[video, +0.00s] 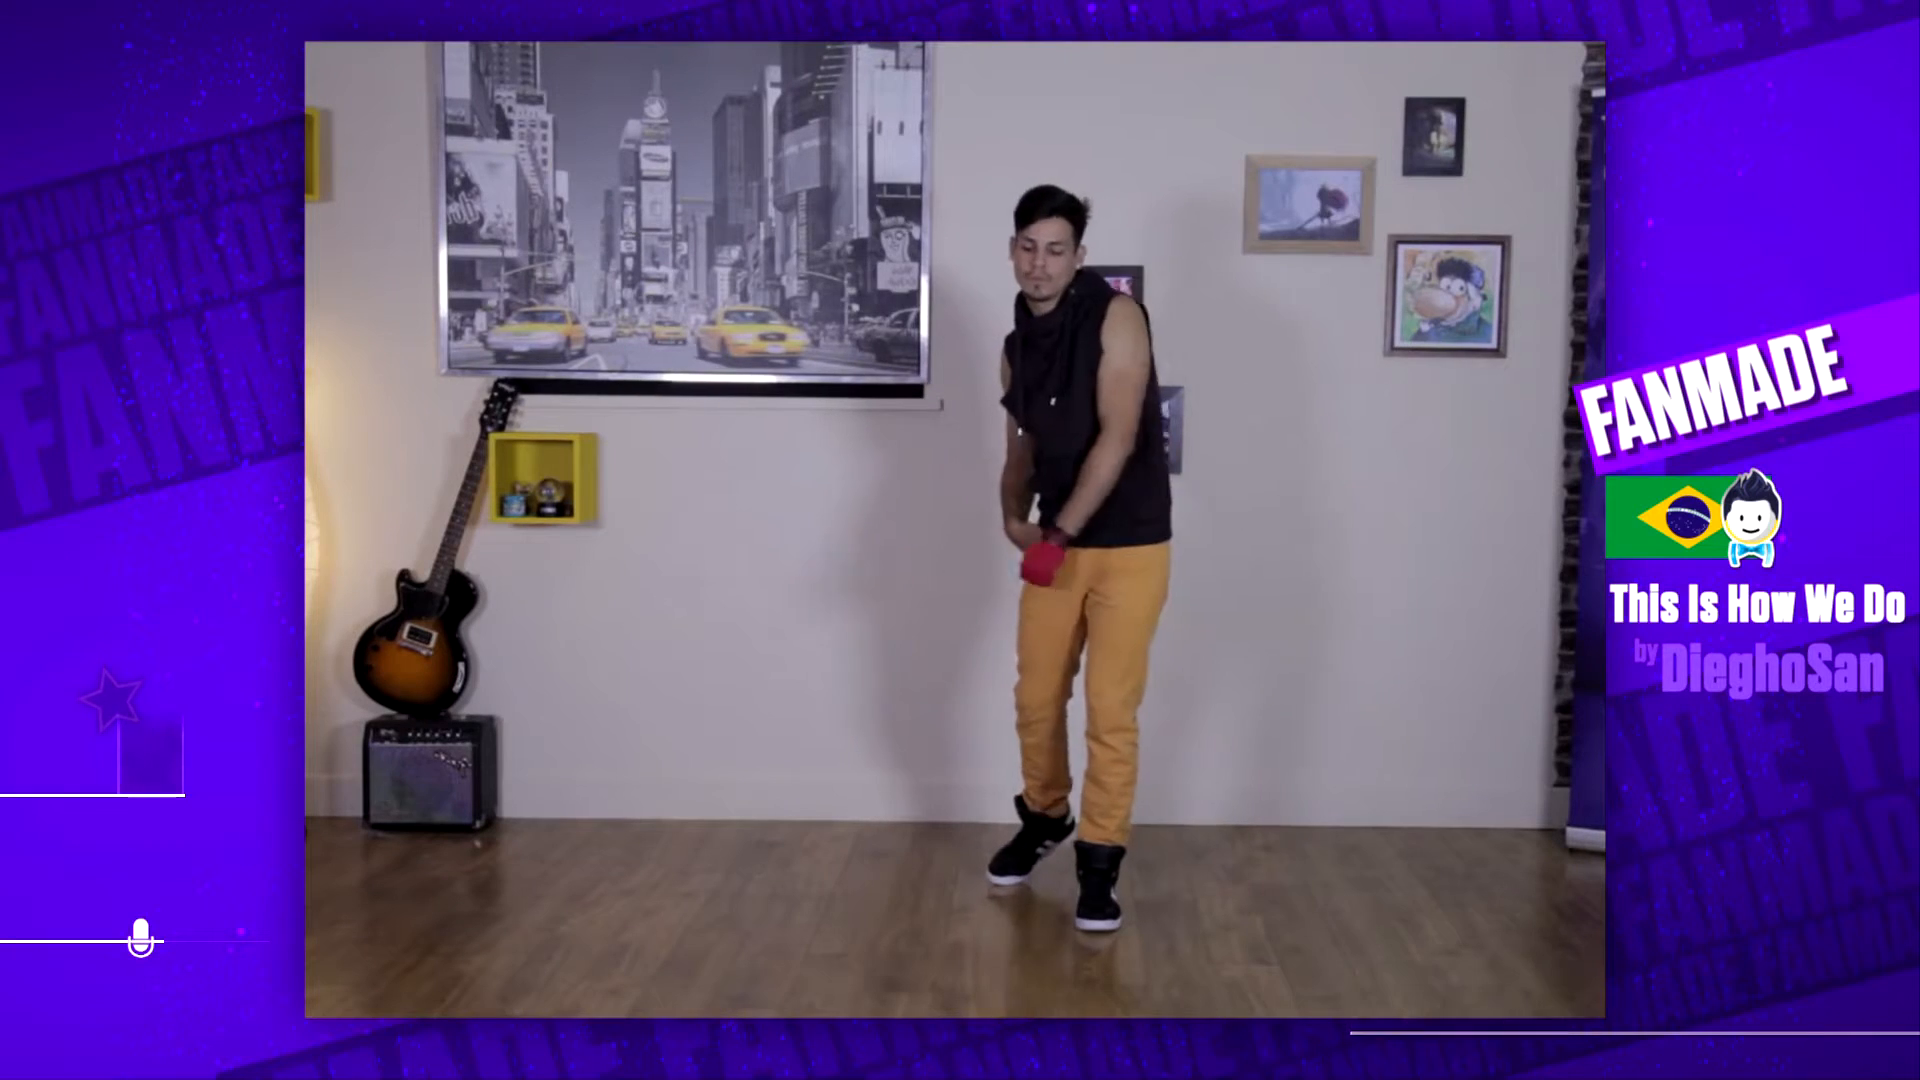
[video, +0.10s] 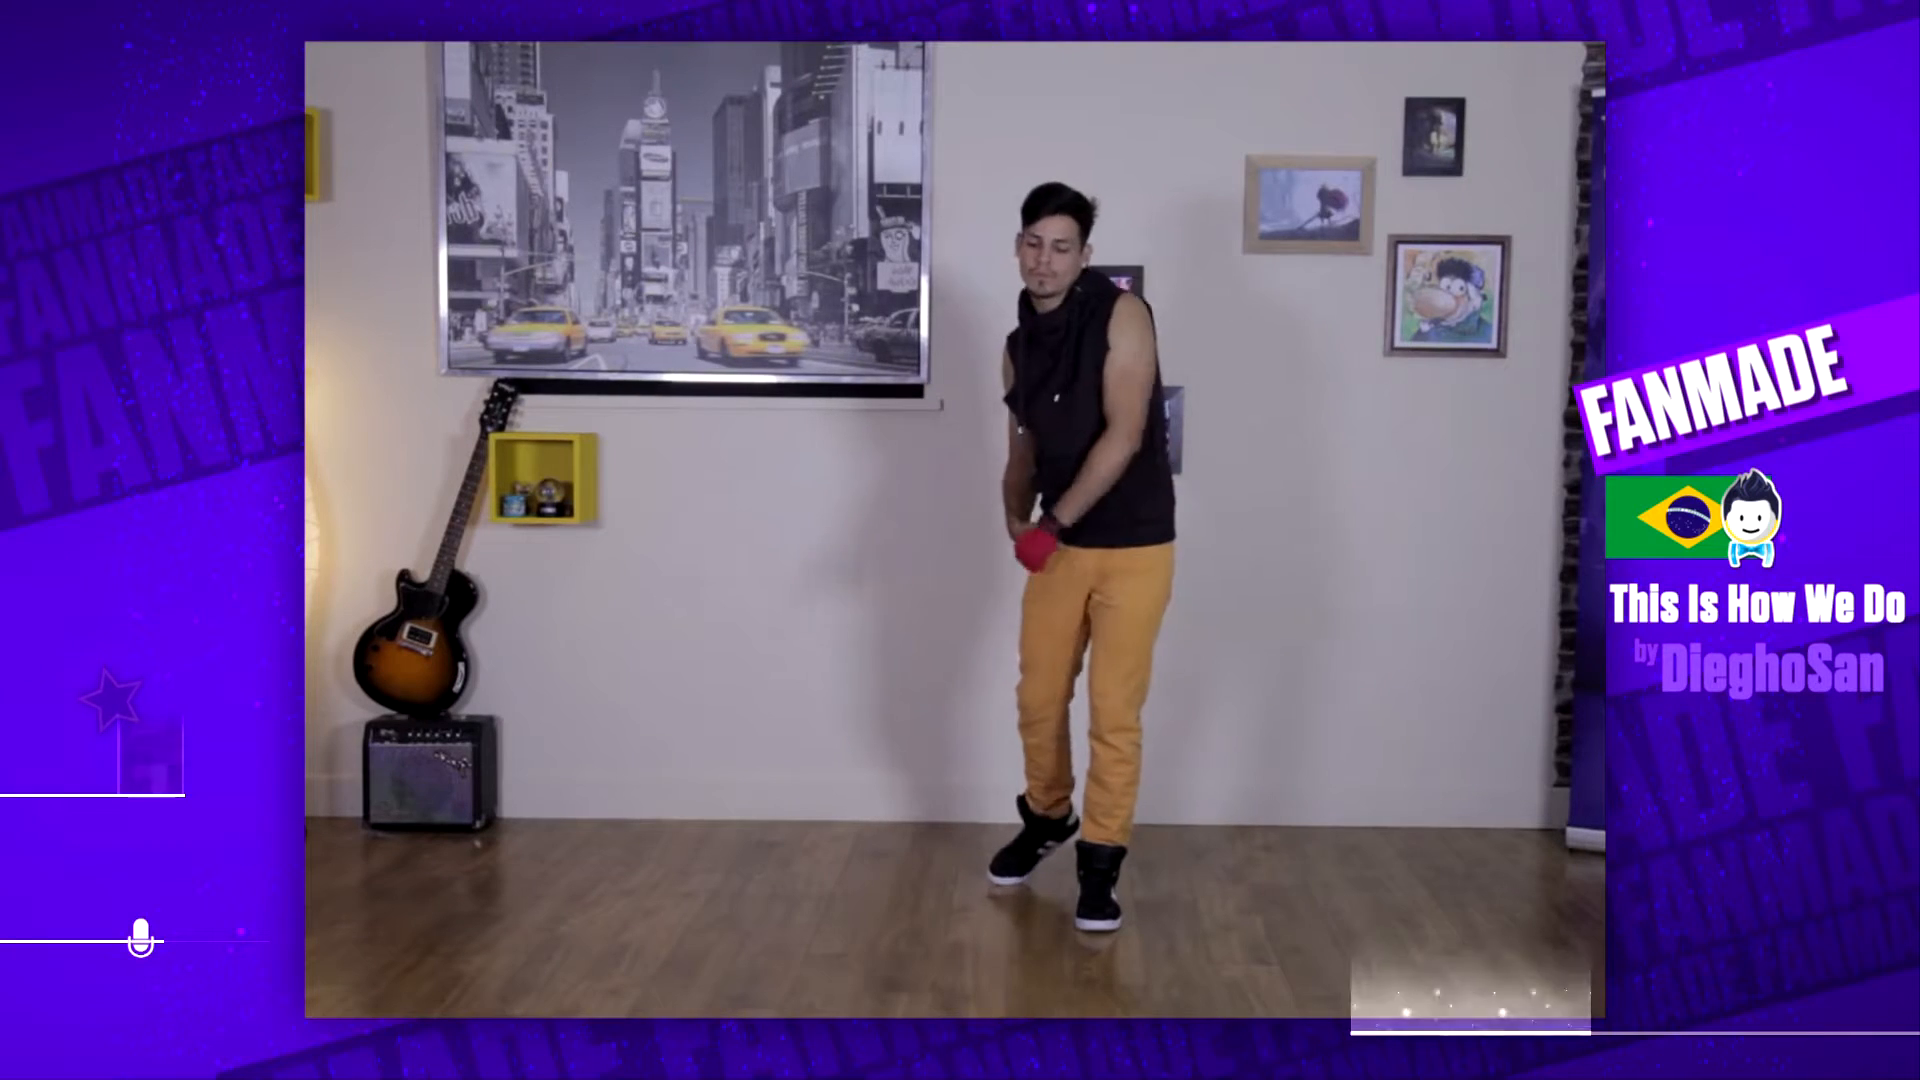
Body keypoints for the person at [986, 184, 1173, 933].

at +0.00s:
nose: (1037, 263)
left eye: (1053, 250)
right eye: (1026, 249)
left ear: (1079, 256)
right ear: (1011, 254)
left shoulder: (1118, 320)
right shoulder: (1018, 348)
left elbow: (1119, 437)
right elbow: (1019, 448)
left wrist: (1061, 534)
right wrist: (1014, 517)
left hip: (1128, 546)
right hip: (1055, 544)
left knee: (1109, 710)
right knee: (1036, 701)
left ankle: (1100, 865)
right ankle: (1045, 817)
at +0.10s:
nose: (1042, 259)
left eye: (1058, 247)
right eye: (1031, 245)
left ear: (1084, 254)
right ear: (1016, 251)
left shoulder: (1124, 318)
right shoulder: (1020, 347)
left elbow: (1125, 434)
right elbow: (1021, 448)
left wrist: (1055, 523)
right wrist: (1017, 514)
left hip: (1132, 547)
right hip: (1057, 543)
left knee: (1112, 711)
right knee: (1039, 700)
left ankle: (1101, 865)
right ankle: (1047, 817)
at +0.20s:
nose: (1058, 248)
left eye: (1075, 236)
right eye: (1048, 233)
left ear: (1099, 248)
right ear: (1031, 241)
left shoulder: (1134, 313)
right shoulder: (1022, 344)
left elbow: (1148, 427)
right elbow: (1018, 450)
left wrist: (1071, 509)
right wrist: (1019, 519)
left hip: (1136, 548)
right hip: (1058, 544)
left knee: (1114, 712)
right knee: (1038, 699)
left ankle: (1101, 865)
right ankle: (1046, 816)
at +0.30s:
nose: (1069, 241)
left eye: (1085, 230)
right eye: (1058, 227)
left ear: (1110, 243)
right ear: (1042, 236)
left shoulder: (1143, 313)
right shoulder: (1024, 340)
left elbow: (1164, 430)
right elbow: (1010, 448)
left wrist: (1091, 515)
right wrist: (1015, 520)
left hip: (1138, 547)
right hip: (1058, 543)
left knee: (1115, 712)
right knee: (1035, 700)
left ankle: (1102, 864)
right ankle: (1042, 816)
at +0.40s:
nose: (1087, 240)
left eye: (1105, 228)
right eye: (1076, 225)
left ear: (1127, 241)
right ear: (1061, 232)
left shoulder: (1159, 319)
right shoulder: (1029, 330)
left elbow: (1181, 435)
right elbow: (995, 442)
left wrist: (1154, 525)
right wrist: (1013, 520)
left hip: (1138, 547)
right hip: (1057, 543)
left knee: (1115, 713)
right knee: (1033, 703)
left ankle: (1101, 865)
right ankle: (1032, 814)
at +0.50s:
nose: (1098, 242)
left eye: (1115, 230)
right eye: (1088, 227)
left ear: (1138, 243)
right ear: (1071, 233)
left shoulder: (1166, 325)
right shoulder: (1034, 326)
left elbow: (1190, 435)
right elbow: (988, 441)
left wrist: (1199, 518)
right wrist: (1016, 527)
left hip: (1143, 557)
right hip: (1061, 550)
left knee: (1117, 718)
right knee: (1033, 707)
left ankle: (1101, 867)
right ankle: (1026, 815)